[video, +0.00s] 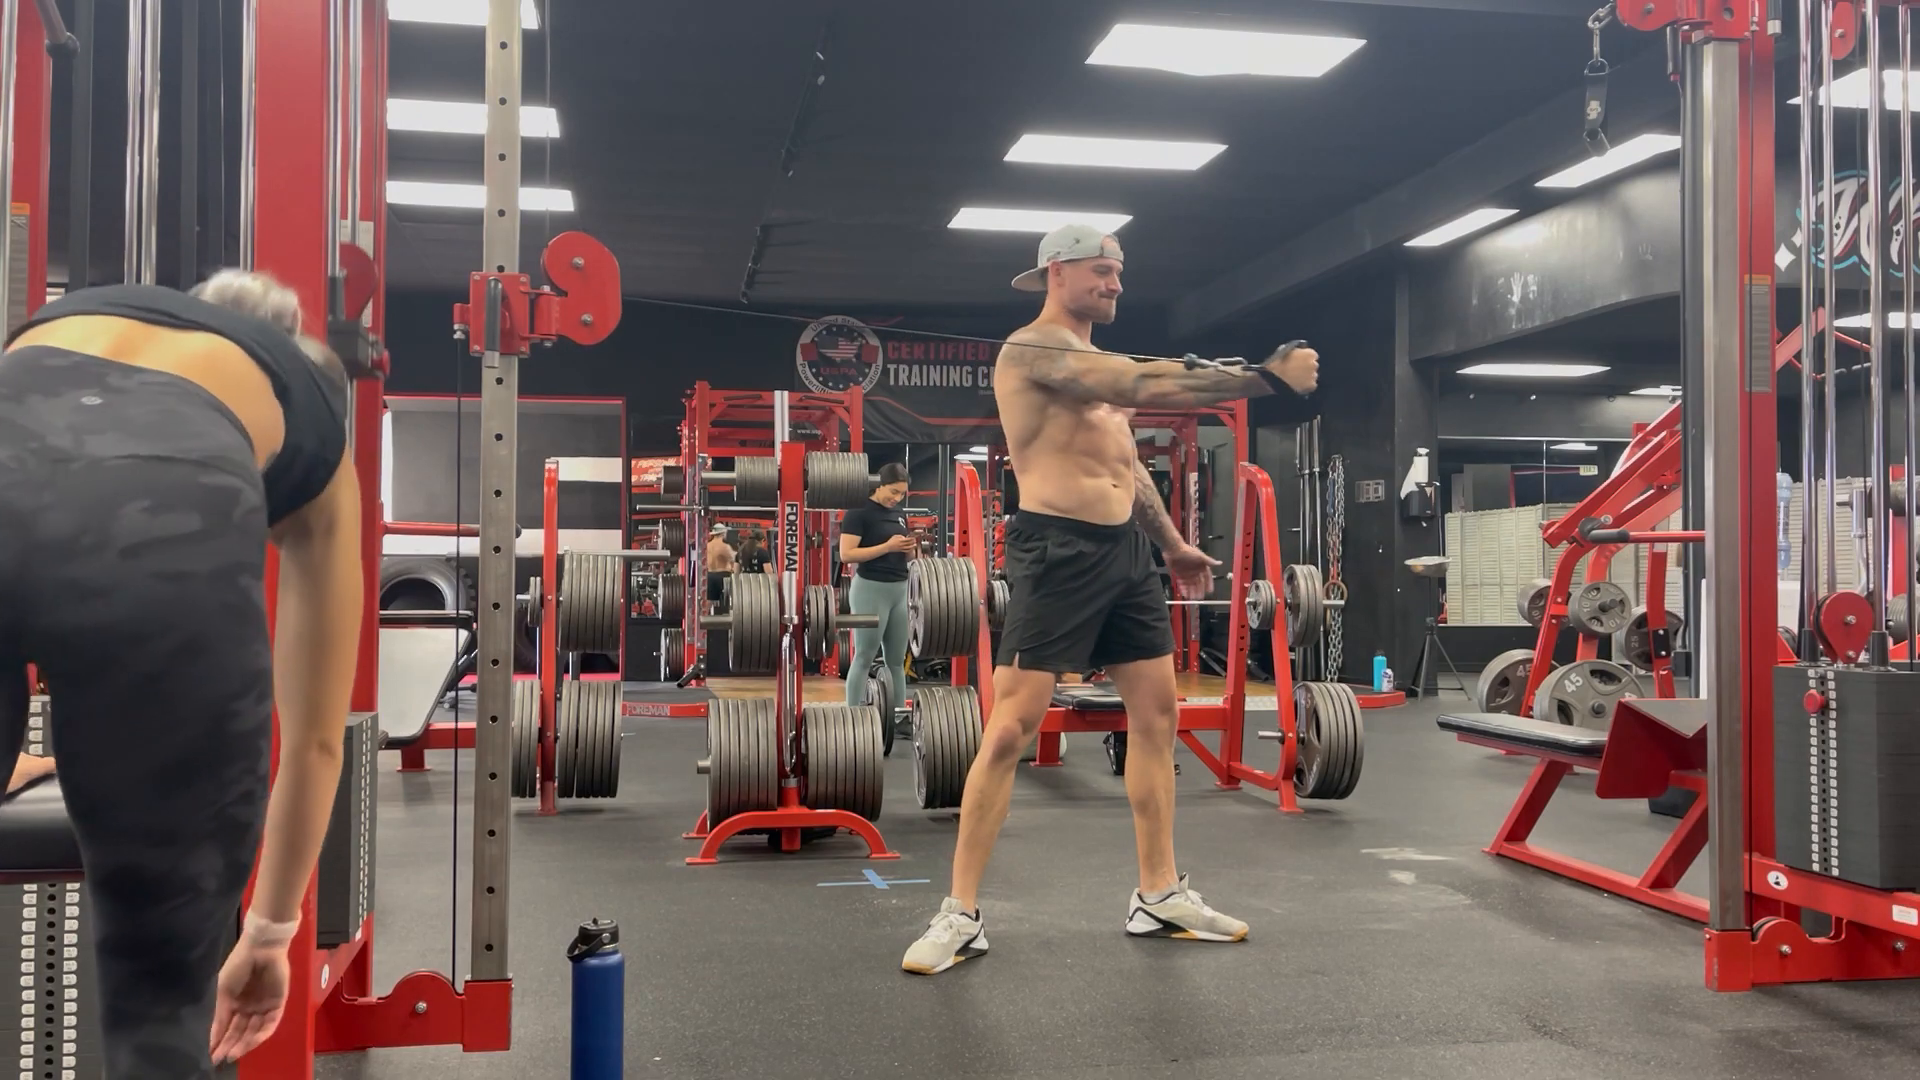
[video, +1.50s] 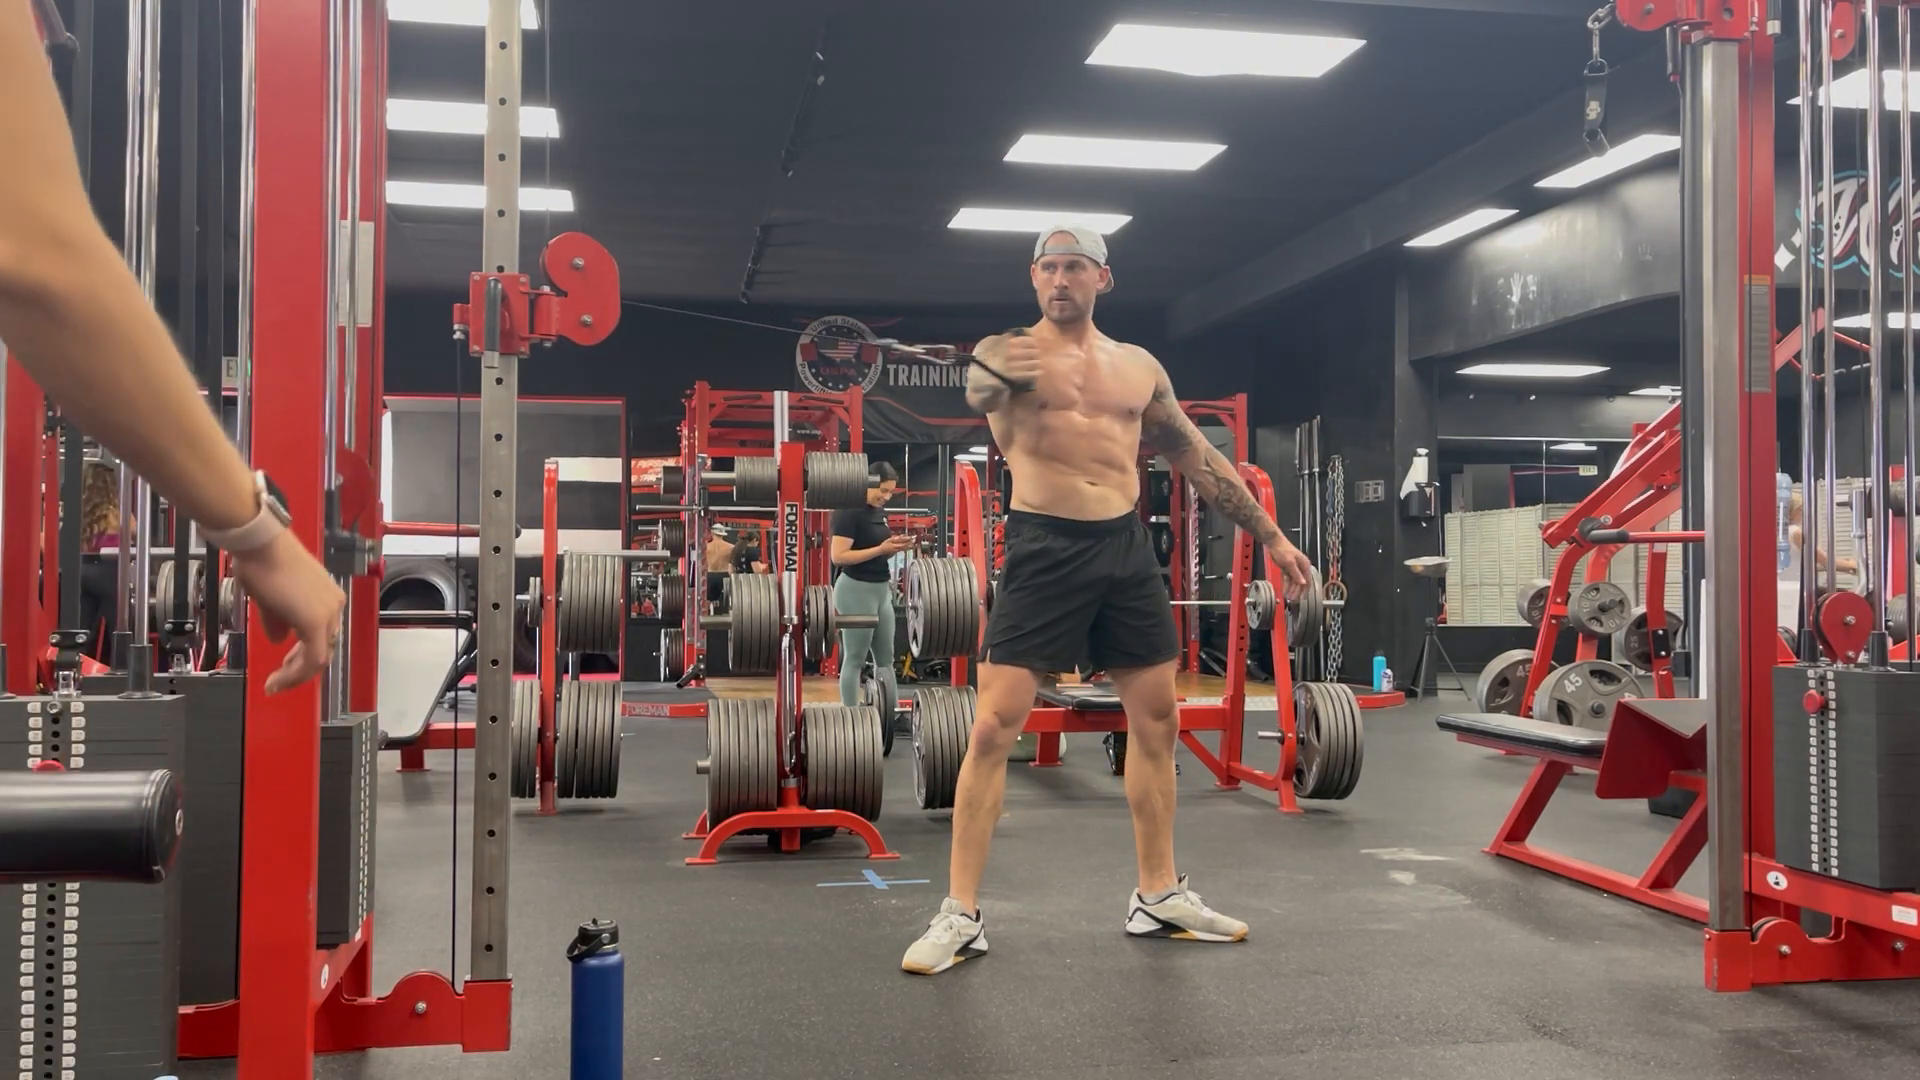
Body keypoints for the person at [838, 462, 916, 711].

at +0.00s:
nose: (898, 499)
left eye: (902, 494)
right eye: (894, 492)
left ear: (905, 491)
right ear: (880, 485)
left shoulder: (898, 514)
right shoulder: (858, 514)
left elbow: (905, 557)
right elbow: (846, 554)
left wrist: (911, 548)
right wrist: (887, 547)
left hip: (899, 592)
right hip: (870, 590)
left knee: (896, 661)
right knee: (863, 658)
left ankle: (899, 721)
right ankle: (853, 720)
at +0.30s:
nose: (897, 499)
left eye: (901, 494)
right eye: (894, 492)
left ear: (905, 491)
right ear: (880, 485)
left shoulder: (898, 514)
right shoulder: (858, 513)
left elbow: (904, 558)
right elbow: (849, 553)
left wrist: (909, 548)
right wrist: (890, 544)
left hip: (898, 591)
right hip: (869, 590)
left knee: (896, 662)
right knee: (863, 659)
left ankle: (899, 721)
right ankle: (853, 719)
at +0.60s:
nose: (896, 500)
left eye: (900, 495)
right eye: (893, 493)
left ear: (904, 491)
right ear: (879, 485)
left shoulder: (897, 514)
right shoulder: (857, 514)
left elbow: (902, 552)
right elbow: (849, 555)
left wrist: (908, 549)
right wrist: (890, 546)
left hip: (898, 590)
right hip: (869, 590)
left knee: (895, 661)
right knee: (862, 659)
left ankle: (899, 720)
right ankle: (853, 720)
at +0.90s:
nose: (892, 499)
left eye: (897, 494)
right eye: (889, 492)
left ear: (901, 491)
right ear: (877, 485)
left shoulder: (894, 513)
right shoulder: (855, 514)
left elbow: (902, 552)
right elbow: (845, 556)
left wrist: (908, 548)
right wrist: (886, 547)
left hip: (897, 590)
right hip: (867, 589)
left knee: (895, 661)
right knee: (862, 659)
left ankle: (899, 720)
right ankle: (854, 721)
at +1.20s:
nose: (888, 496)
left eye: (892, 492)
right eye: (884, 490)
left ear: (895, 489)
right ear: (869, 484)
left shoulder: (886, 512)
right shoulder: (850, 512)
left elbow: (883, 546)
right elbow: (839, 554)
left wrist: (902, 545)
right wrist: (880, 548)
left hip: (890, 591)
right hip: (861, 589)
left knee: (896, 660)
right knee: (858, 659)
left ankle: (899, 720)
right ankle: (852, 721)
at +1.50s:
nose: (887, 497)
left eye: (890, 493)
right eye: (884, 491)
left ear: (891, 489)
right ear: (868, 484)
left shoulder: (877, 512)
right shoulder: (849, 512)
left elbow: (873, 549)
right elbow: (838, 555)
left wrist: (895, 545)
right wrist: (882, 549)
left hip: (881, 590)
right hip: (855, 589)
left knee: (885, 660)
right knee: (854, 659)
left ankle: (891, 720)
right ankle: (851, 721)